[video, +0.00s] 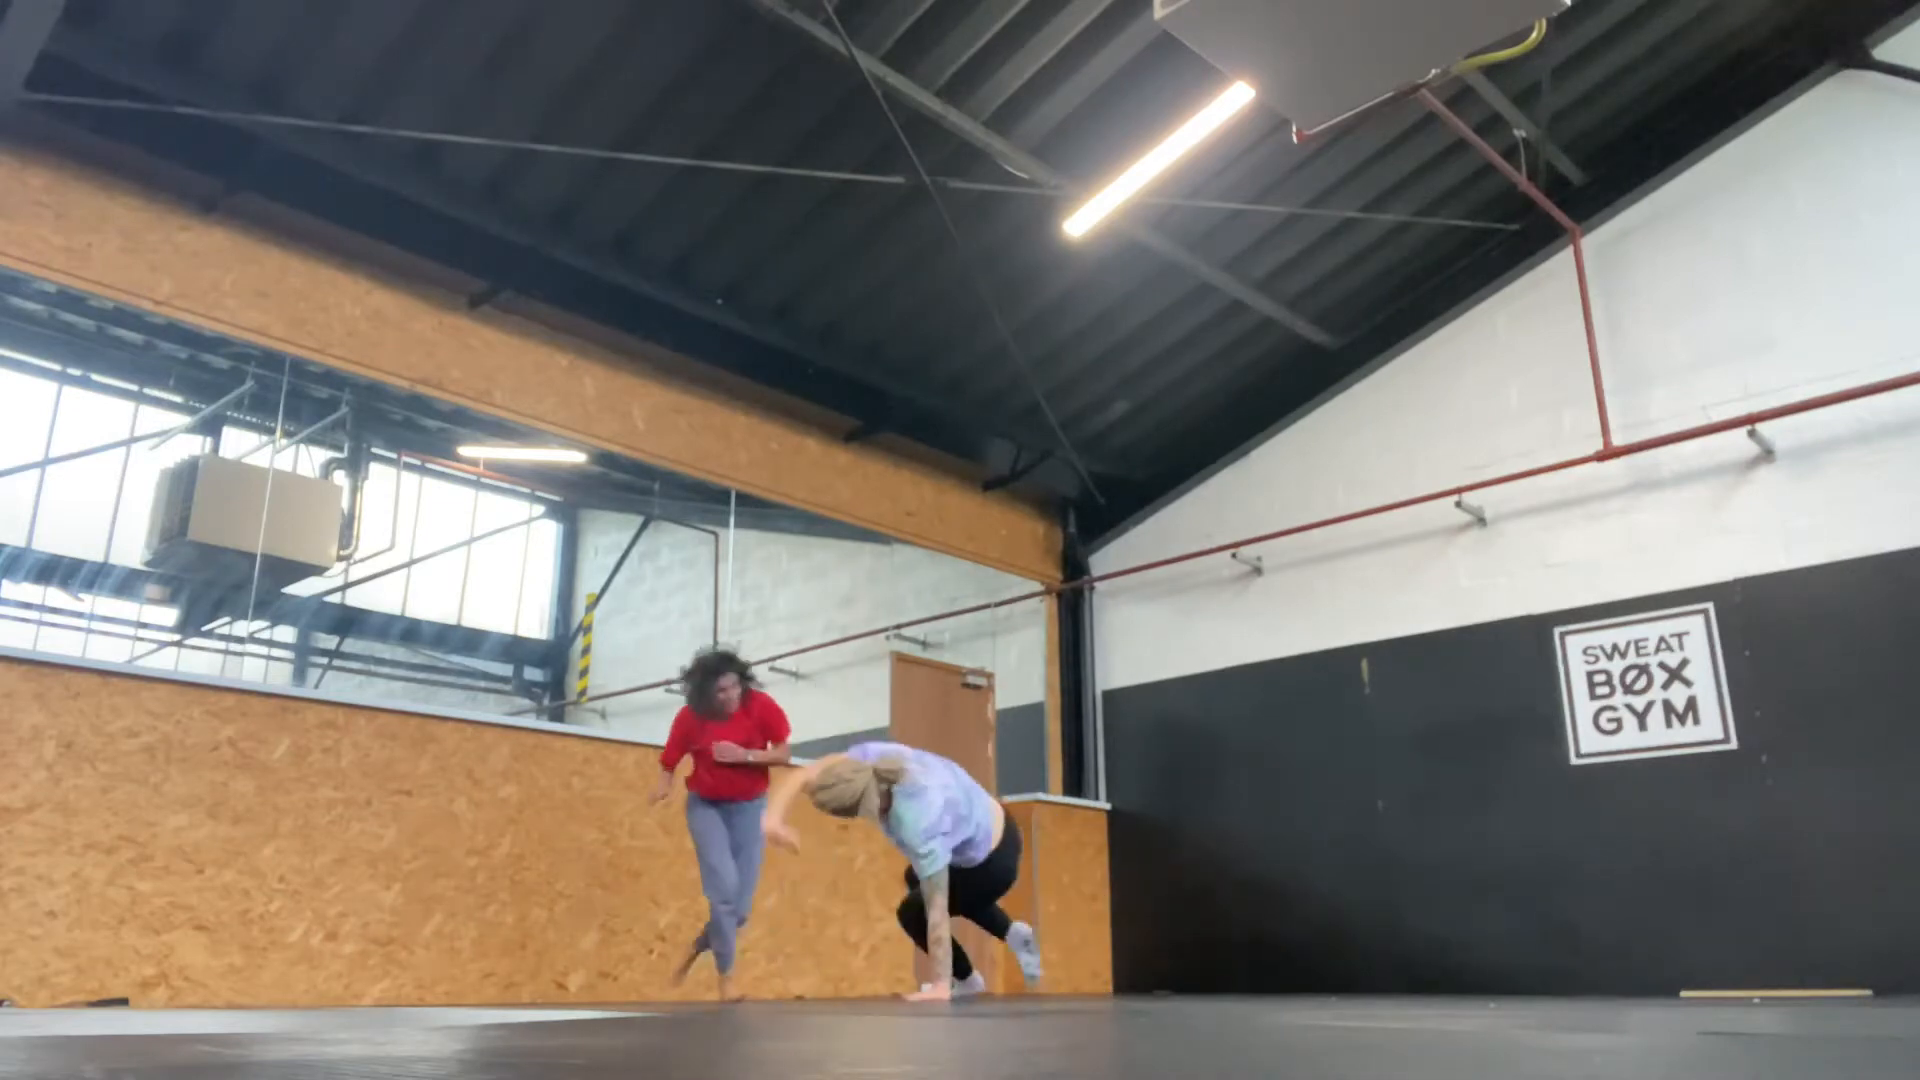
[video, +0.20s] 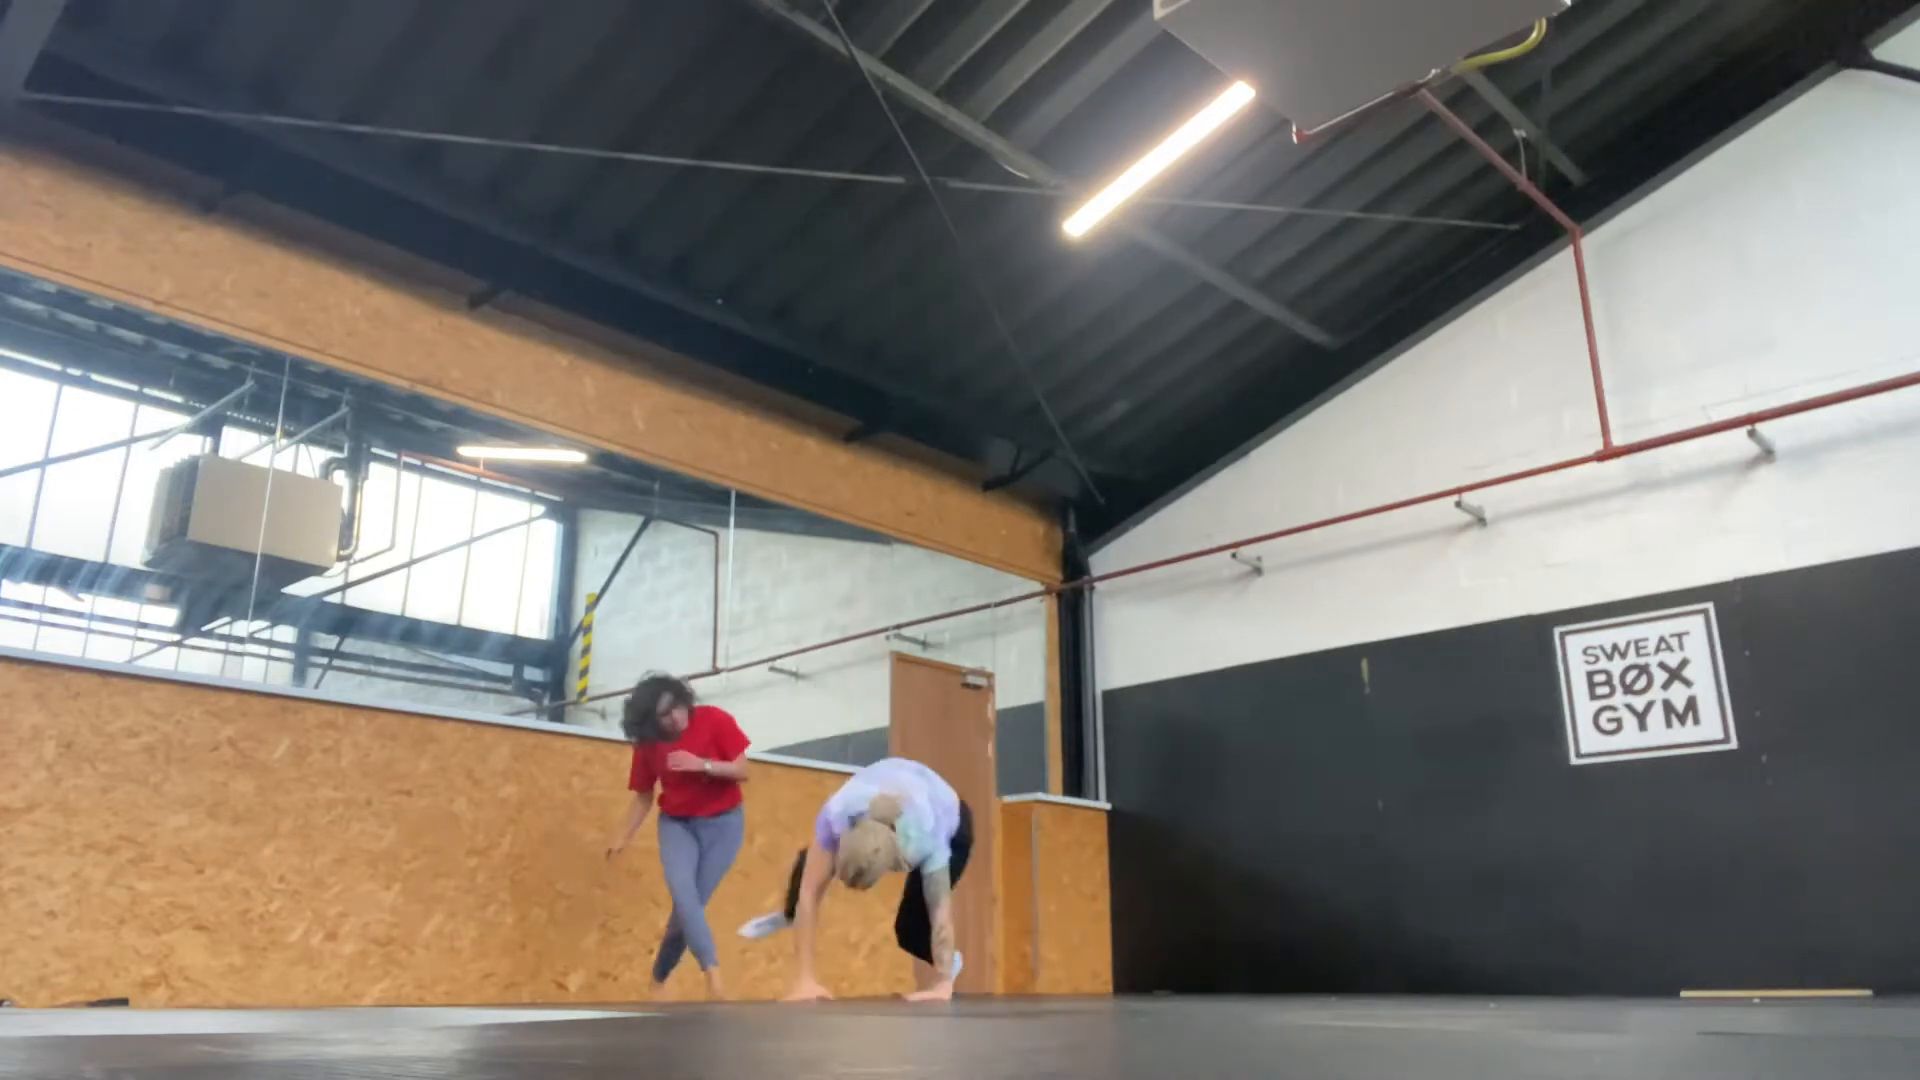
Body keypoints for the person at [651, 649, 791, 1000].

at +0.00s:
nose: (730, 696)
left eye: (734, 687)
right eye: (721, 690)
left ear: (743, 685)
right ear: (706, 692)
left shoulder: (761, 707)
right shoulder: (691, 719)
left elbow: (784, 754)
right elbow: (668, 761)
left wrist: (744, 755)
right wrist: (665, 784)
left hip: (749, 805)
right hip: (705, 805)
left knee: (741, 907)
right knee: (724, 888)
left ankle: (699, 946)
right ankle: (726, 975)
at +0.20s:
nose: (674, 718)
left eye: (675, 708)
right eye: (664, 716)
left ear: (684, 701)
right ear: (651, 722)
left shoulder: (715, 721)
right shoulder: (649, 746)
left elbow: (742, 769)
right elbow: (644, 797)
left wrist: (701, 764)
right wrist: (623, 836)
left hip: (723, 821)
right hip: (676, 823)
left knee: (691, 902)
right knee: (680, 887)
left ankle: (659, 977)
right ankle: (710, 967)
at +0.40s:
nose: (616, 759)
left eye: (611, 750)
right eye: (607, 763)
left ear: (615, 737)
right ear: (602, 772)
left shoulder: (648, 737)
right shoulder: (617, 789)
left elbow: (685, 785)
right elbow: (619, 842)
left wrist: (629, 784)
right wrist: (604, 905)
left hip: (727, 802)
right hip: (682, 817)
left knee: (715, 902)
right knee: (655, 877)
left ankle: (707, 979)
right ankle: (659, 973)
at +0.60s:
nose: (580, 863)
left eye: (574, 861)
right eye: (572, 865)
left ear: (575, 841)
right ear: (575, 851)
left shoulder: (609, 824)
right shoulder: (596, 831)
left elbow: (633, 875)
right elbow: (624, 872)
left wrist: (592, 878)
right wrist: (599, 876)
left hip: (711, 835)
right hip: (674, 845)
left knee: (740, 920)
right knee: (631, 896)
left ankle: (824, 932)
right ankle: (641, 982)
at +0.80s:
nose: (584, 920)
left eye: (578, 917)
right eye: (578, 922)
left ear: (575, 894)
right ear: (587, 898)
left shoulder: (597, 862)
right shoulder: (624, 889)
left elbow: (593, 889)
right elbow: (663, 927)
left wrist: (570, 919)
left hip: (720, 837)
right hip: (688, 858)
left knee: (788, 902)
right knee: (639, 913)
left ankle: (879, 940)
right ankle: (641, 991)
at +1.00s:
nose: (784, 650)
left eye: (788, 644)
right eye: (787, 641)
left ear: (759, 617)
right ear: (778, 630)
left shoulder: (706, 631)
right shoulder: (752, 637)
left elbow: (628, 669)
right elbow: (700, 671)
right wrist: (712, 742)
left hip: (604, 719)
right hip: (652, 721)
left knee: (600, 846)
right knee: (711, 835)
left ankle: (524, 940)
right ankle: (692, 961)